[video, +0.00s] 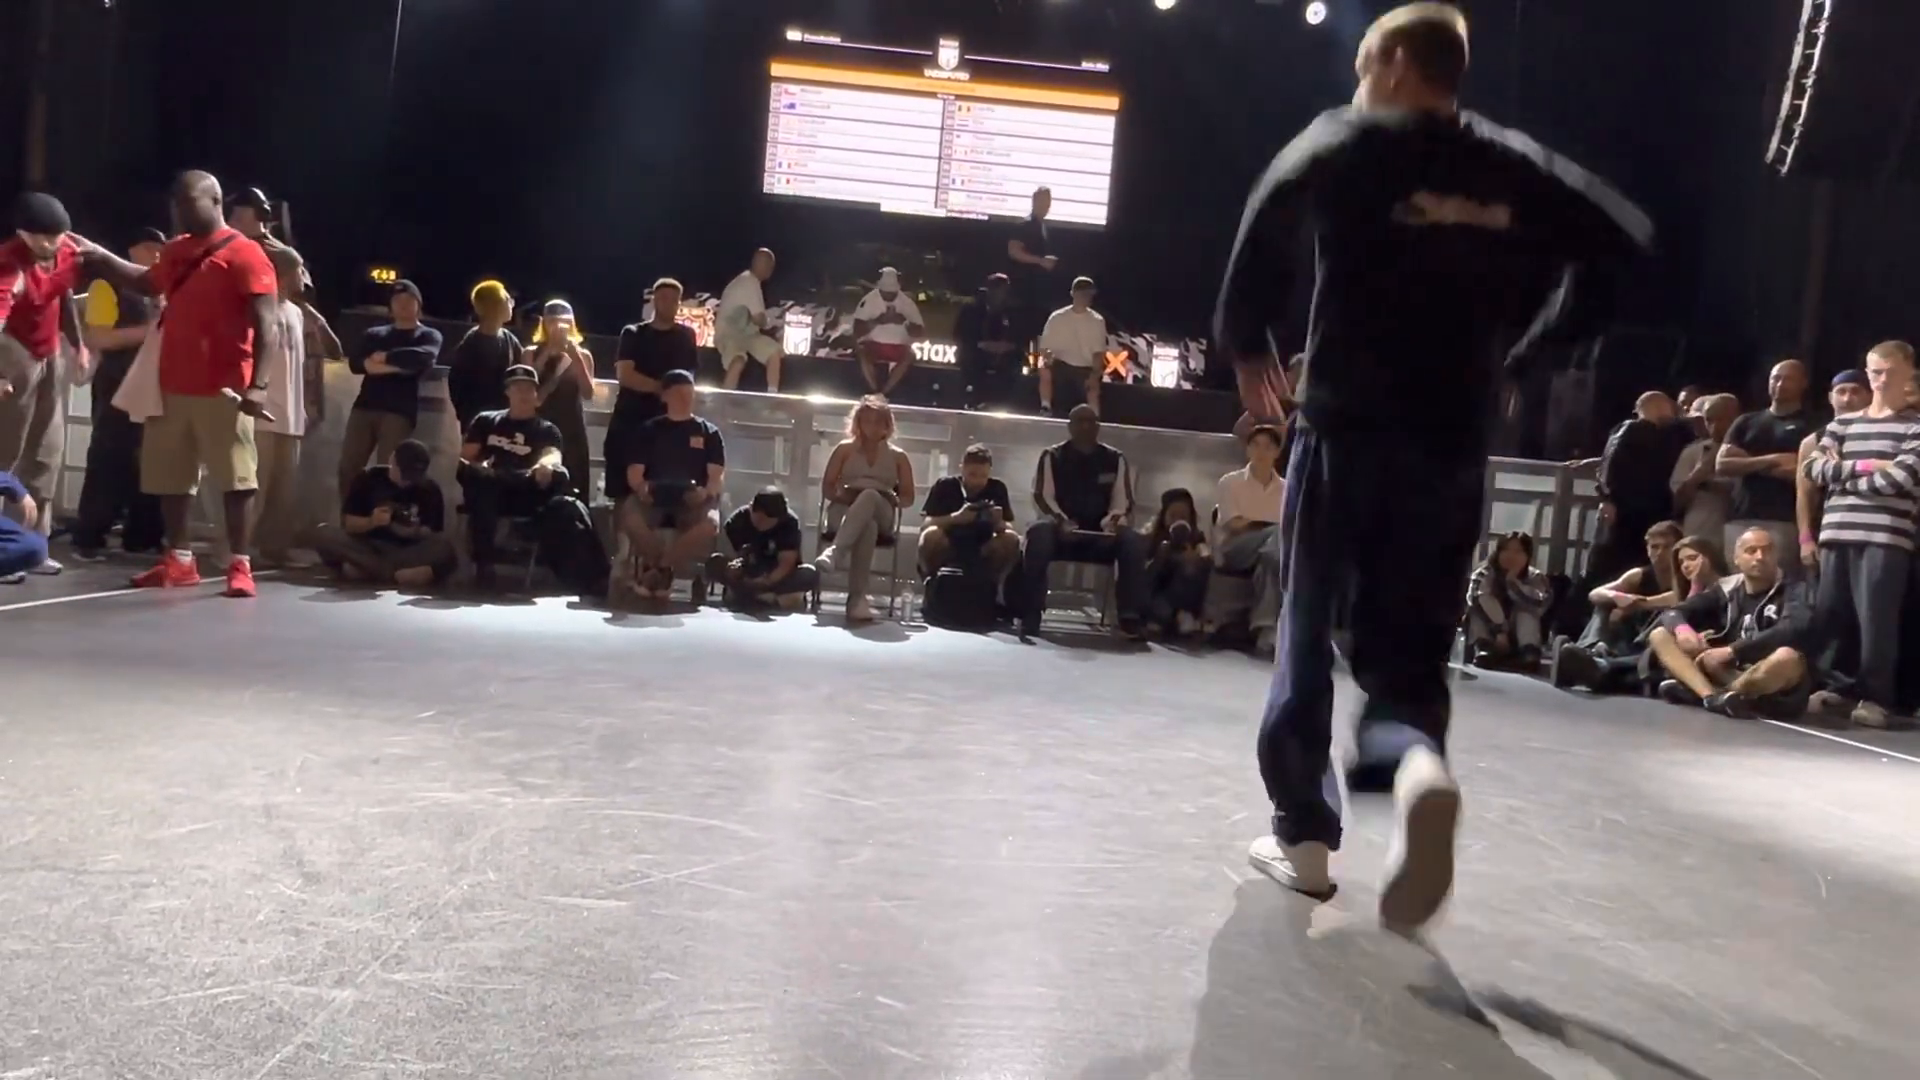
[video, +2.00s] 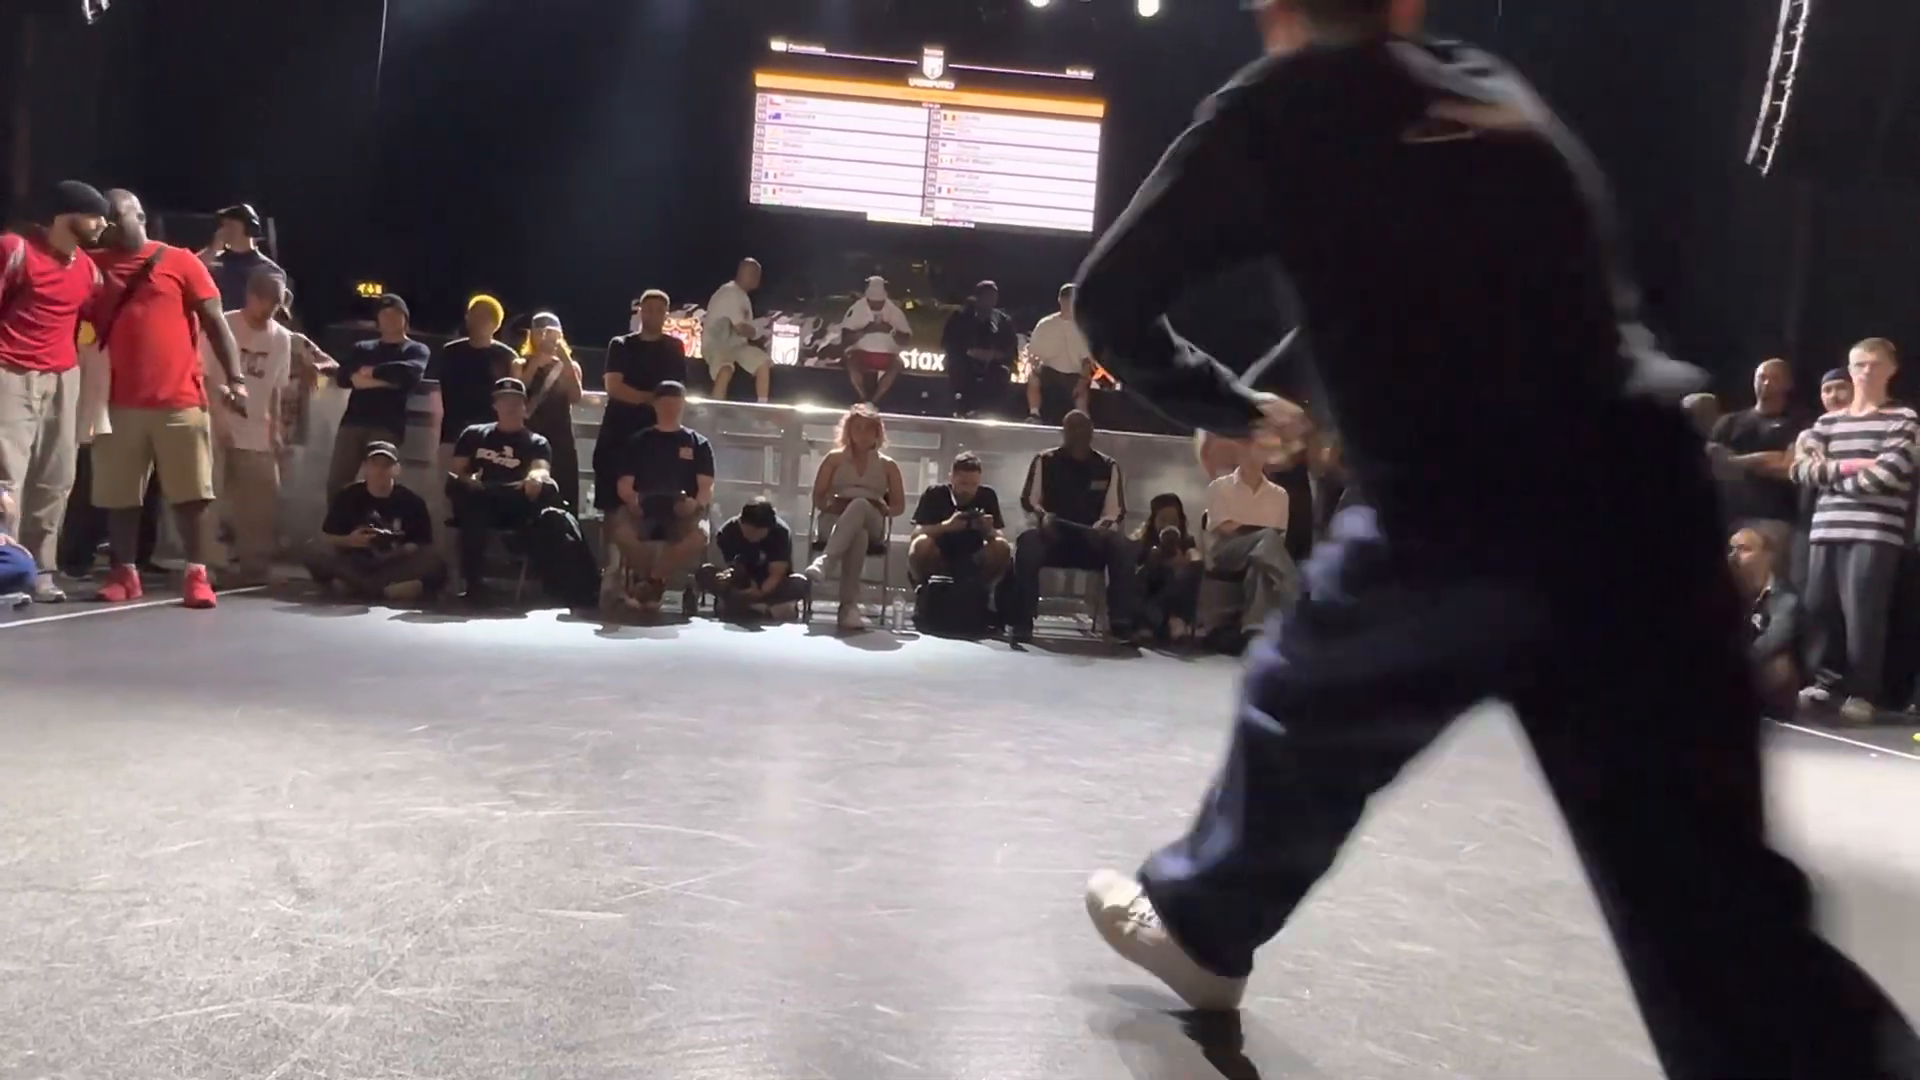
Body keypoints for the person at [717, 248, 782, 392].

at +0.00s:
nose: (770, 270)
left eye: (771, 266)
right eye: (769, 265)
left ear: (757, 264)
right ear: (760, 264)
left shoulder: (752, 282)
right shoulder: (748, 282)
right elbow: (758, 318)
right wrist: (767, 322)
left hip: (749, 333)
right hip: (729, 333)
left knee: (774, 353)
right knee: (738, 360)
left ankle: (772, 396)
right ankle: (725, 399)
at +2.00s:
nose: (758, 280)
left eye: (758, 276)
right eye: (756, 275)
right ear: (746, 275)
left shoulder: (743, 297)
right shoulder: (730, 292)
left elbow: (747, 325)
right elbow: (740, 327)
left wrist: (764, 322)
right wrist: (756, 332)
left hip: (738, 345)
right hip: (717, 345)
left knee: (763, 364)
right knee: (725, 370)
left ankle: (762, 407)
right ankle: (715, 410)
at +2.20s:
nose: (753, 280)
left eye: (753, 276)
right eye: (750, 276)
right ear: (738, 276)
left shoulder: (739, 299)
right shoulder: (719, 292)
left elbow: (744, 326)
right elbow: (727, 325)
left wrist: (760, 323)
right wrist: (749, 333)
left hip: (732, 346)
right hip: (711, 346)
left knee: (758, 364)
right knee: (720, 372)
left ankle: (757, 409)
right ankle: (710, 412)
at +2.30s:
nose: (739, 281)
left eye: (742, 278)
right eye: (736, 276)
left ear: (745, 281)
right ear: (728, 275)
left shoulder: (737, 303)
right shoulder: (710, 293)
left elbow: (744, 334)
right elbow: (700, 322)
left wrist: (729, 328)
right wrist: (723, 326)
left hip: (729, 347)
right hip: (706, 345)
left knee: (755, 366)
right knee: (716, 372)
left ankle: (754, 410)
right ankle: (706, 412)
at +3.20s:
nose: (723, 294)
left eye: (726, 290)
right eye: (719, 290)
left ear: (729, 295)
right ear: (710, 292)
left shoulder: (730, 318)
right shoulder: (697, 312)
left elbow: (737, 350)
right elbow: (700, 345)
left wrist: (711, 345)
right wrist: (725, 345)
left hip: (725, 362)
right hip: (701, 362)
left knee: (753, 383)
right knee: (709, 391)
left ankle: (756, 428)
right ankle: (703, 432)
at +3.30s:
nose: (724, 297)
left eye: (727, 294)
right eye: (720, 293)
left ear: (730, 298)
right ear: (711, 295)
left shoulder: (730, 321)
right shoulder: (698, 315)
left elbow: (737, 353)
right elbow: (700, 347)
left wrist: (713, 346)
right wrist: (727, 349)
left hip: (725, 366)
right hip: (703, 365)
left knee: (754, 386)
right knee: (709, 394)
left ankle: (754, 427)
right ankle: (703, 434)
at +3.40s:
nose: (726, 304)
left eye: (728, 299)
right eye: (722, 300)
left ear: (729, 300)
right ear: (714, 300)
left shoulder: (730, 315)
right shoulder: (699, 315)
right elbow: (698, 345)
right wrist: (714, 355)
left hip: (724, 361)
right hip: (700, 360)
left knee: (752, 389)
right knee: (710, 393)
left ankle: (755, 431)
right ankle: (702, 434)